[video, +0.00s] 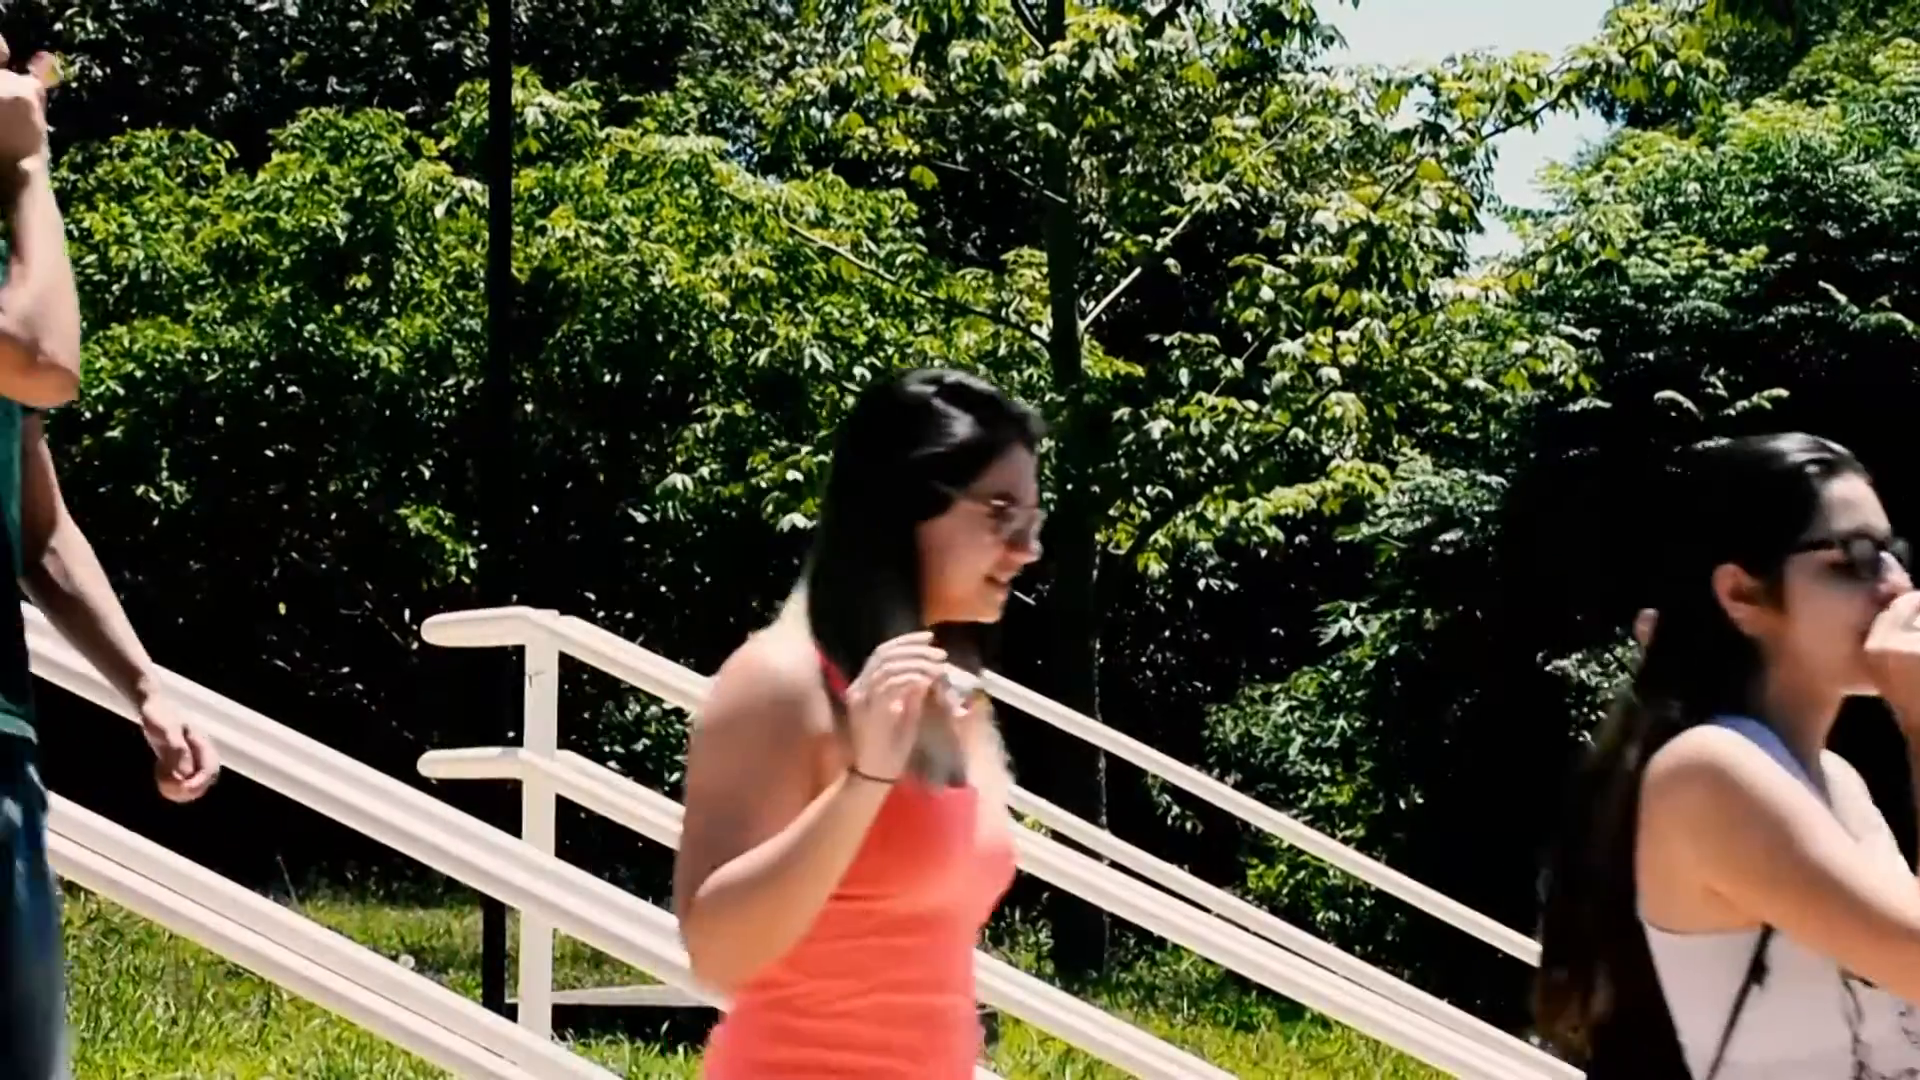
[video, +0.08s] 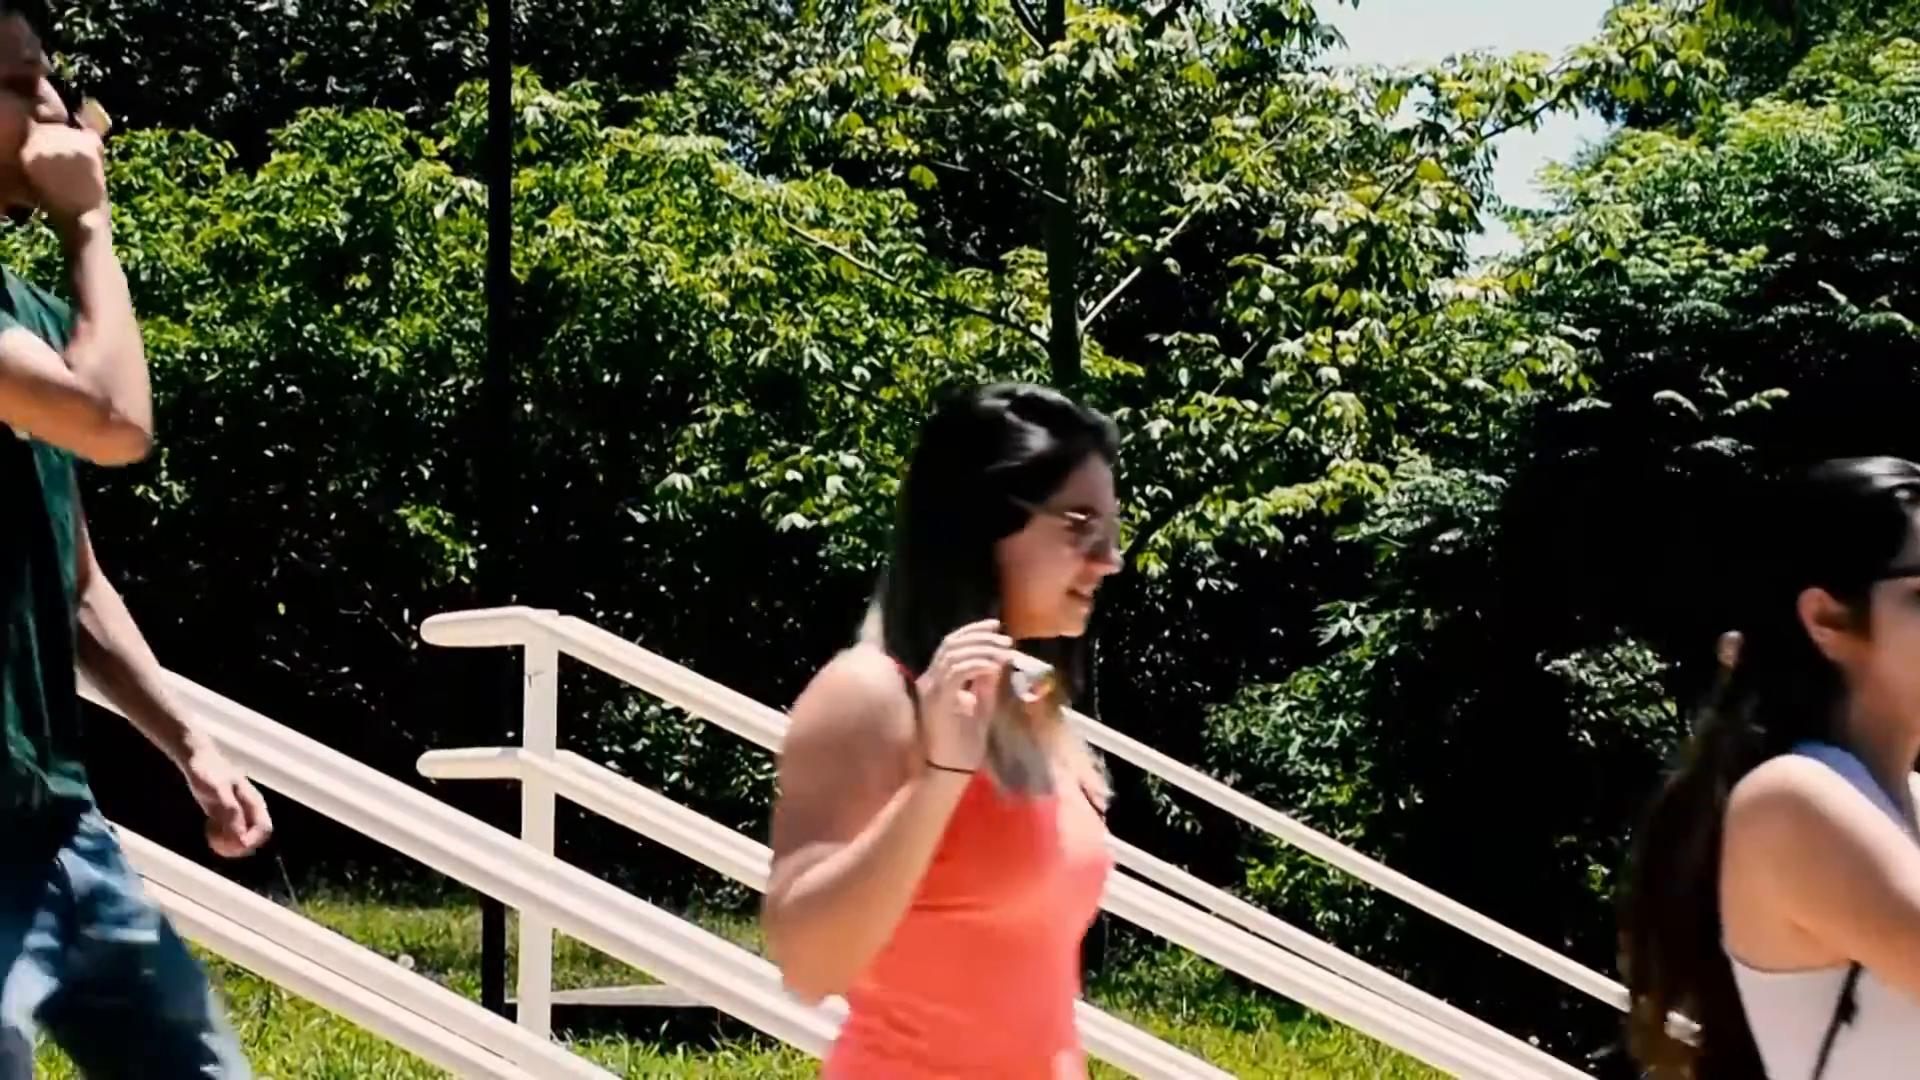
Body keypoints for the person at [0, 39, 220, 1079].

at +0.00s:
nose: (18, 83)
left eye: (17, 70)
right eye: (8, 70)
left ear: (15, 99)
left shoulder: (11, 301)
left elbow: (45, 533)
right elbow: (49, 358)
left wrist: (142, 683)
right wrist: (30, 163)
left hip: (4, 752)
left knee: (34, 1050)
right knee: (26, 1048)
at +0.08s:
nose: (58, 107)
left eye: (47, 80)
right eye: (27, 84)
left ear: (42, 101)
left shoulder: (35, 309)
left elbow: (78, 587)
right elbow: (116, 418)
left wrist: (186, 740)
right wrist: (90, 220)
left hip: (58, 822)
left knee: (203, 1066)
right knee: (9, 1059)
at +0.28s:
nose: (201, 187)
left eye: (201, 157)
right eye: (175, 153)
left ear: (89, 157)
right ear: (75, 153)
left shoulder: (172, 364)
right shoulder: (20, 333)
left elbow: (157, 610)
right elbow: (226, 516)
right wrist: (224, 310)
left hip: (212, 869)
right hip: (73, 893)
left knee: (356, 1071)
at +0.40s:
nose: (279, 205)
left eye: (278, 175)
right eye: (251, 174)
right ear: (153, 176)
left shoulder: (255, 379)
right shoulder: (92, 361)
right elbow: (311, 532)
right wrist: (301, 326)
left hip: (306, 909)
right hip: (165, 921)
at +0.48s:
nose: (345, 238)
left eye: (338, 210)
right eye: (314, 210)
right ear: (213, 216)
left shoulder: (326, 418)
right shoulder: (162, 400)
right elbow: (382, 563)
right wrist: (367, 362)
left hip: (376, 953)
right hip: (246, 960)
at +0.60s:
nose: (444, 271)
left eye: (437, 243)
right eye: (410, 243)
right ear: (310, 257)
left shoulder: (435, 473)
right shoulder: (272, 432)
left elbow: (479, 761)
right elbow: (490, 597)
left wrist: (529, 995)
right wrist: (471, 391)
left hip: (463, 970)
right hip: (356, 975)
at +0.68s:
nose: (523, 279)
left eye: (512, 250)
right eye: (485, 255)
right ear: (389, 275)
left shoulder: (504, 486)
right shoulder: (343, 448)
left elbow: (568, 784)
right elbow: (557, 616)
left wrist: (661, 982)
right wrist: (548, 413)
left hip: (517, 969)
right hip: (412, 979)